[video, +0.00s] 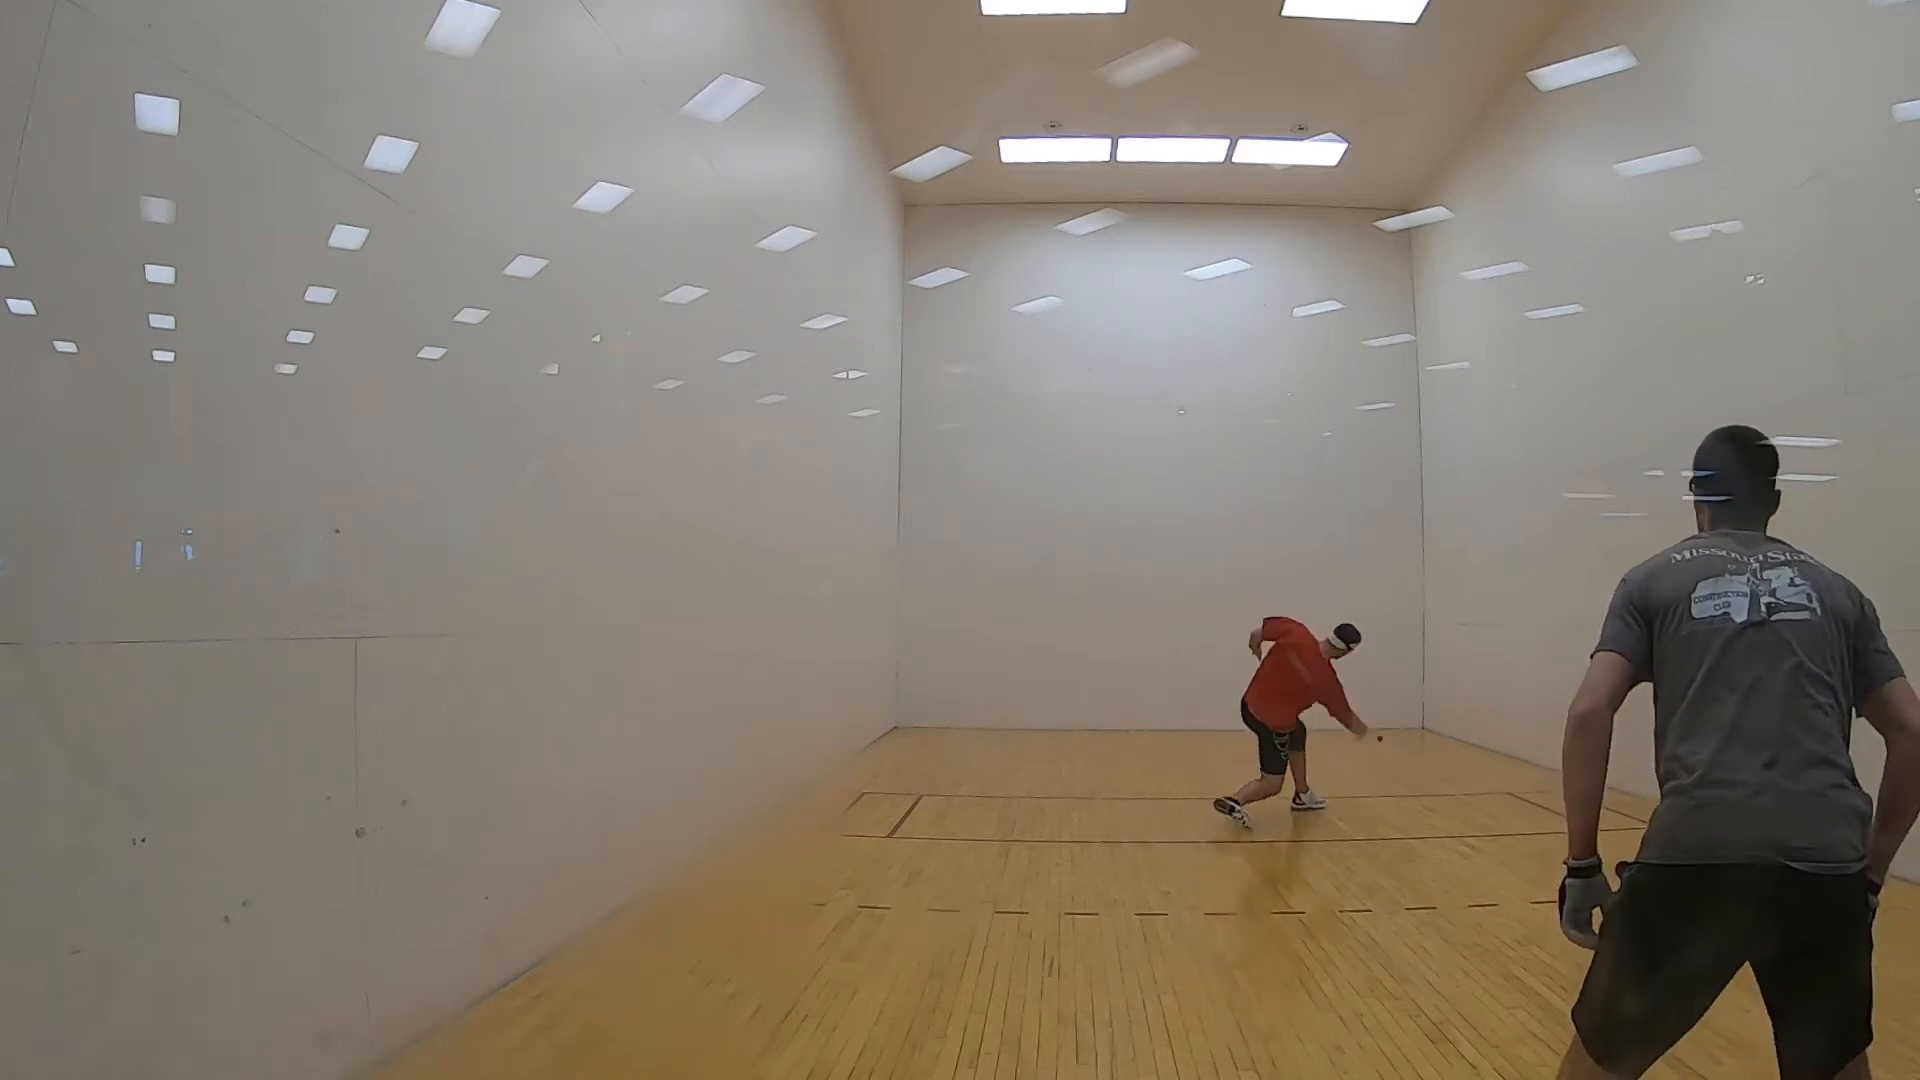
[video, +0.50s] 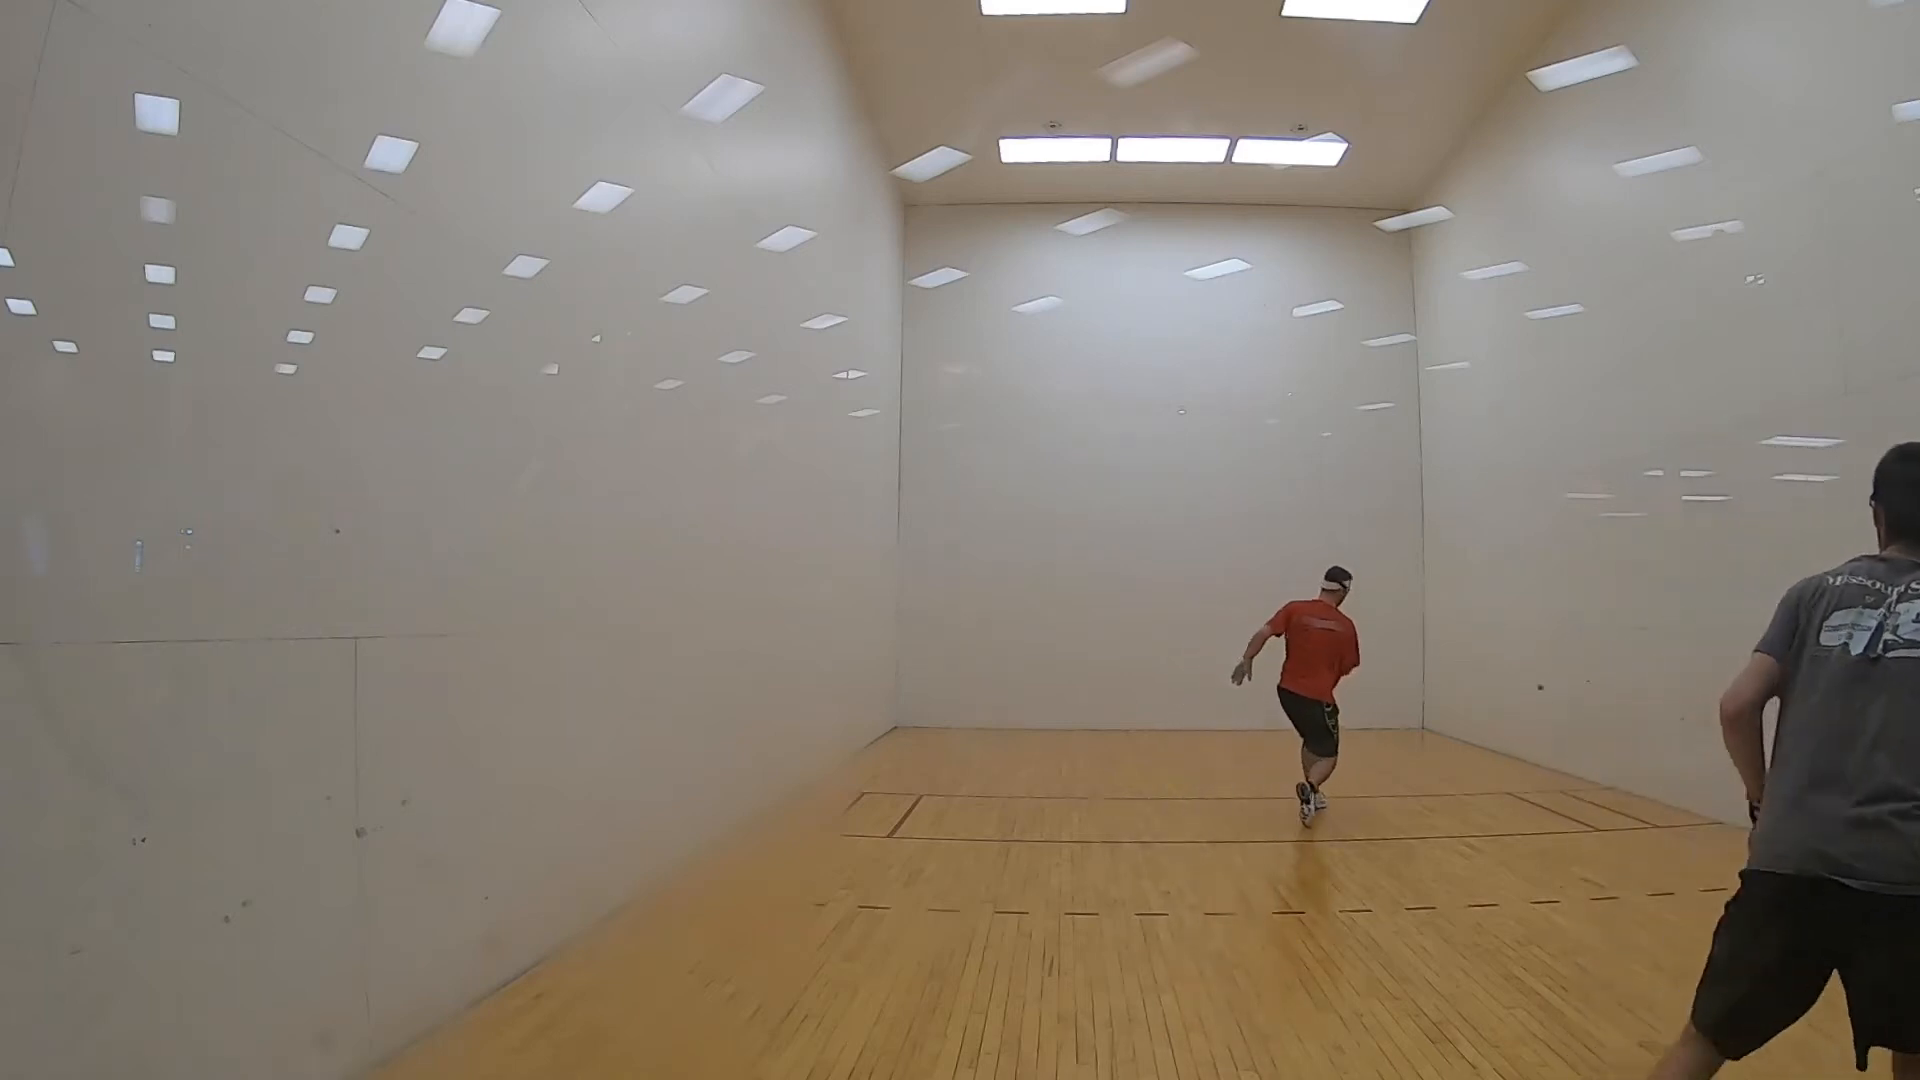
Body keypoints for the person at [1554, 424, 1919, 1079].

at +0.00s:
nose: (1700, 504)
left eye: (1698, 495)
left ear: (1699, 500)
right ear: (1773, 502)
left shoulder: (1653, 579)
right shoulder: (1837, 590)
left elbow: (1589, 710)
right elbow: (1911, 731)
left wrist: (1582, 860)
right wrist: (1873, 870)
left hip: (1693, 863)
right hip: (1826, 871)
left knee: (1596, 1056)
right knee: (1839, 1064)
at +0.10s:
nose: (1707, 499)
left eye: (1705, 491)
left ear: (1709, 495)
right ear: (1785, 500)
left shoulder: (1656, 576)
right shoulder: (1844, 590)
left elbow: (1592, 710)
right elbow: (1910, 738)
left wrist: (1589, 856)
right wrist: (1873, 874)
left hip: (1687, 859)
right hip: (1822, 867)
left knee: (1598, 1056)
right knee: (1839, 1063)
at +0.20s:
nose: (1728, 504)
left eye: (1726, 495)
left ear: (1730, 501)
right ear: (1807, 507)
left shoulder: (1671, 584)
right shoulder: (1861, 600)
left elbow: (1605, 720)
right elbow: (1911, 745)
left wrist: (1610, 853)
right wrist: (1885, 878)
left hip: (1692, 863)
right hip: (1828, 872)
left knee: (1602, 1054)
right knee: (1849, 1054)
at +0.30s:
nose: (1773, 519)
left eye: (1772, 509)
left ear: (1773, 517)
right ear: (1848, 521)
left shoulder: (1709, 596)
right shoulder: (1894, 616)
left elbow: (1641, 731)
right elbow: (1915, 745)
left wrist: (1652, 839)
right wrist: (1916, 874)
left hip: (1708, 868)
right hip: (1843, 883)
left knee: (1612, 1056)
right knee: (1875, 1044)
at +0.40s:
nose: (1833, 515)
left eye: (1830, 505)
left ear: (1830, 513)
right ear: (1905, 521)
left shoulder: (1767, 598)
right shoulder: (1915, 605)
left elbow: (1696, 724)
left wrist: (1712, 810)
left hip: (1746, 869)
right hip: (1880, 882)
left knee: (1649, 1058)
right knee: (1897, 1055)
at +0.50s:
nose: (1877, 511)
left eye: (1875, 502)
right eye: (1885, 501)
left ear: (1877, 510)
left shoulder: (1817, 594)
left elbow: (1737, 707)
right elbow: (1738, 705)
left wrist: (1760, 794)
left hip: (1790, 860)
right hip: (1903, 873)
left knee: (1702, 1041)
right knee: (1909, 1057)